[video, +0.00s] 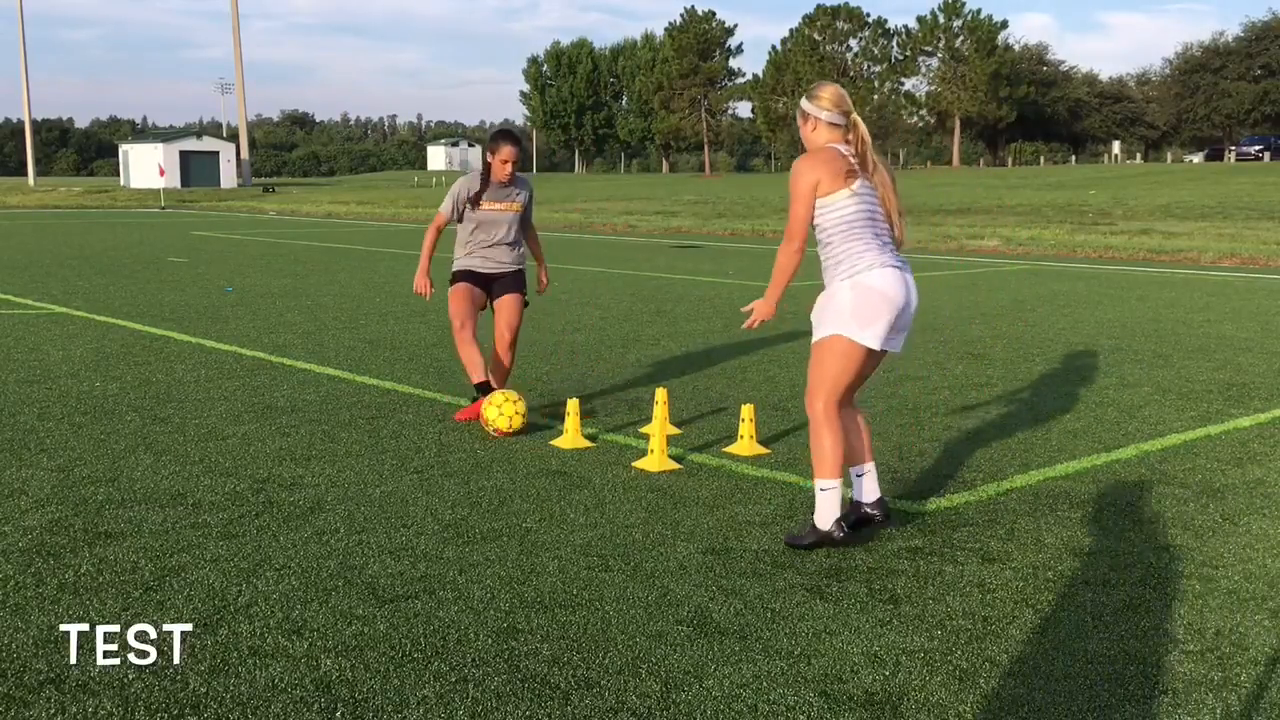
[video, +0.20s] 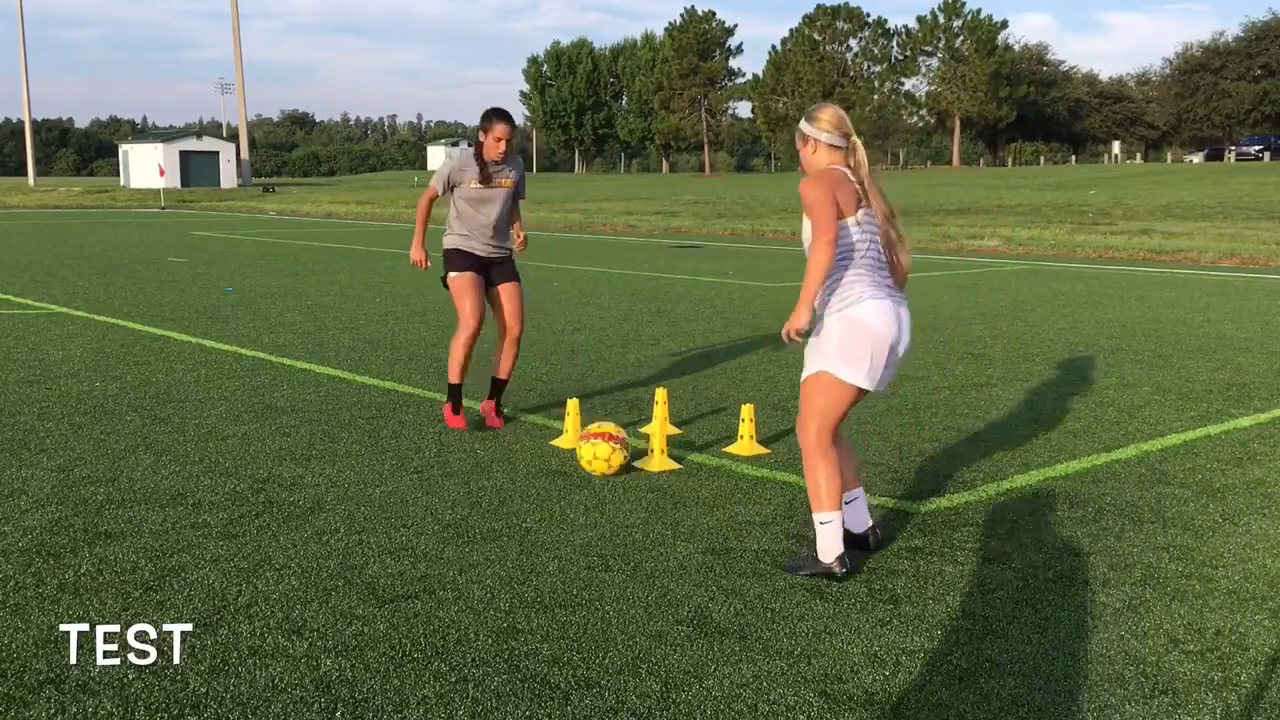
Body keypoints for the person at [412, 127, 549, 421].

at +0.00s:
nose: (510, 169)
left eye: (514, 162)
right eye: (504, 162)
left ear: (519, 160)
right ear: (489, 157)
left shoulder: (523, 187)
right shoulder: (465, 186)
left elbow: (526, 226)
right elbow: (436, 226)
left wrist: (541, 262)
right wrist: (422, 270)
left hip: (510, 270)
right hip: (469, 268)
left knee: (507, 341)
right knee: (461, 324)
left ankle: (494, 403)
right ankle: (484, 395)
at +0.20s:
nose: (503, 148)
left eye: (508, 141)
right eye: (497, 141)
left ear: (512, 140)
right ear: (482, 137)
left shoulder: (514, 166)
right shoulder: (458, 163)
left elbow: (512, 202)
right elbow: (427, 197)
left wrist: (517, 227)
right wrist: (418, 243)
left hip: (499, 254)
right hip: (461, 250)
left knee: (513, 328)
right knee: (470, 321)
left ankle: (493, 402)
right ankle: (453, 404)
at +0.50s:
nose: (512, 158)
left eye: (516, 152)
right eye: (506, 151)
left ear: (518, 155)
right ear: (489, 152)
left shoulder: (519, 187)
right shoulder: (468, 185)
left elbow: (511, 221)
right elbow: (442, 229)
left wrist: (521, 240)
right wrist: (443, 268)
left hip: (499, 275)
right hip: (465, 272)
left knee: (524, 343)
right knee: (462, 340)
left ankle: (499, 393)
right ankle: (426, 416)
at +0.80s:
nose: (535, 127)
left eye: (539, 121)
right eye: (530, 120)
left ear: (540, 123)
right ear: (511, 120)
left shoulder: (536, 154)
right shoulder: (487, 154)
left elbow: (527, 189)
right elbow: (465, 196)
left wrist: (537, 206)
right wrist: (496, 220)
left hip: (521, 241)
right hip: (488, 240)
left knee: (529, 316)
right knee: (494, 315)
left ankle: (514, 386)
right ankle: (472, 383)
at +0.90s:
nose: (541, 135)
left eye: (543, 129)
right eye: (536, 128)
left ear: (542, 131)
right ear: (517, 128)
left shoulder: (538, 162)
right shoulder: (496, 161)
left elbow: (526, 200)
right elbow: (469, 200)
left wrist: (541, 215)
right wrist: (498, 233)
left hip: (525, 249)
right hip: (494, 250)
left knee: (547, 314)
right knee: (496, 325)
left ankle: (534, 378)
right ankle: (470, 393)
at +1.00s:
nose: (548, 147)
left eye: (550, 142)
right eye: (543, 141)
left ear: (548, 144)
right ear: (524, 141)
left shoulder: (546, 175)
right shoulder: (506, 174)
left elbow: (533, 216)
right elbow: (477, 214)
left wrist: (551, 228)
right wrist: (499, 254)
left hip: (532, 262)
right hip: (501, 261)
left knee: (561, 320)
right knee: (502, 333)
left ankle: (553, 371)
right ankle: (469, 396)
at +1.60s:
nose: (606, 151)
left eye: (608, 146)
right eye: (601, 145)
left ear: (609, 147)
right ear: (584, 145)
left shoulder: (601, 175)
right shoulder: (567, 174)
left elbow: (593, 214)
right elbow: (545, 216)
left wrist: (610, 234)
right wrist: (569, 247)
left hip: (588, 252)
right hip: (558, 254)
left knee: (608, 316)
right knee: (573, 321)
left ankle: (612, 371)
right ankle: (556, 381)